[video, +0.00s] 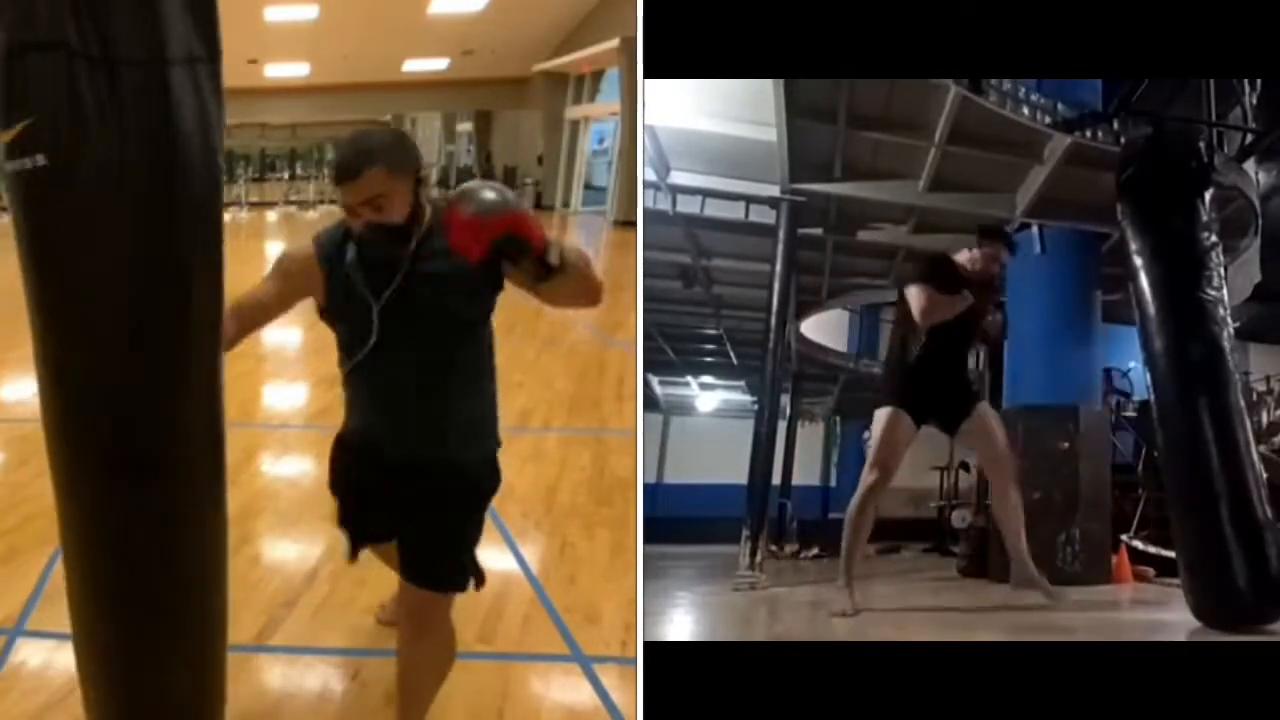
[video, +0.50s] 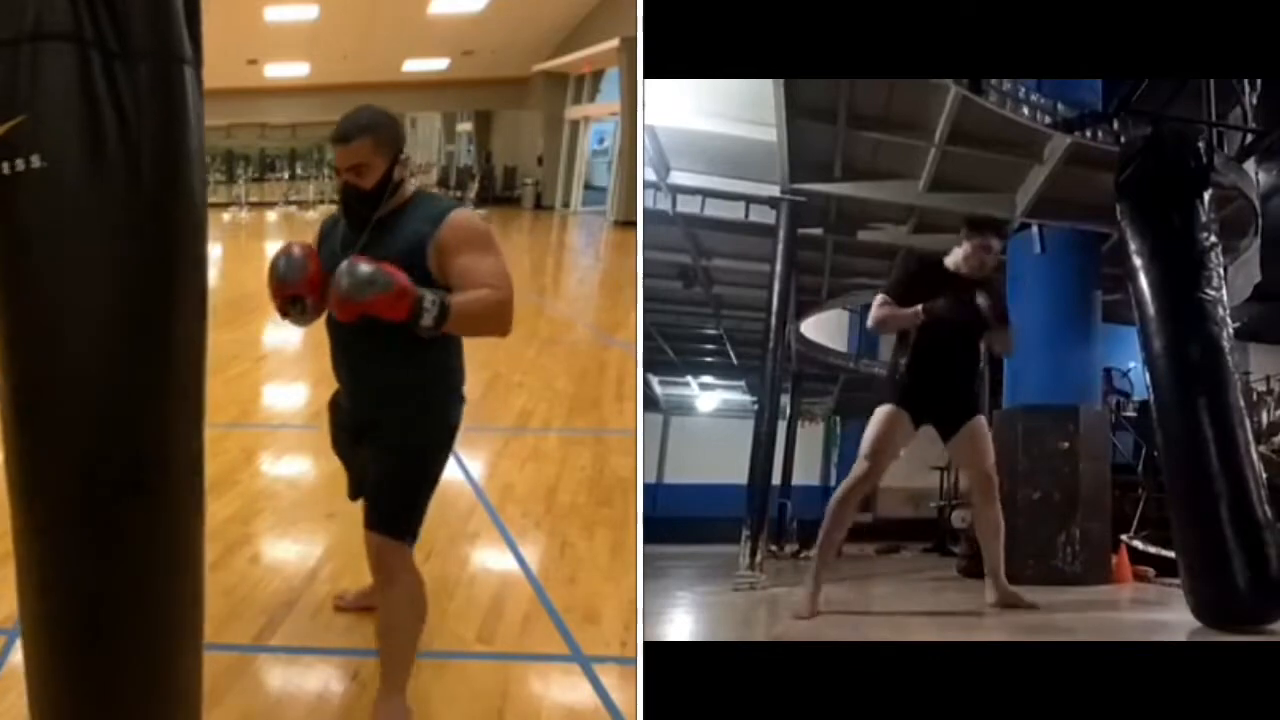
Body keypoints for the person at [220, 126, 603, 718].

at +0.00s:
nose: (364, 221)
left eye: (378, 204)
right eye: (351, 208)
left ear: (416, 186)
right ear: (338, 199)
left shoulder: (472, 238)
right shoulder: (321, 260)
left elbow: (586, 292)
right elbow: (238, 318)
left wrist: (535, 245)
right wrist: (180, 354)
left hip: (454, 453)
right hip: (369, 446)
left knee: (422, 606)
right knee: (377, 534)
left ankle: (410, 712)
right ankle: (421, 586)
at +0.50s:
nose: (346, 183)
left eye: (358, 172)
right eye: (340, 171)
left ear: (395, 162)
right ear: (336, 164)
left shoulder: (450, 225)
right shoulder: (338, 228)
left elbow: (498, 314)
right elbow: (306, 315)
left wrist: (415, 304)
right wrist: (295, 291)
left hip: (419, 404)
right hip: (357, 395)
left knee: (390, 552)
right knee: (373, 506)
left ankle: (392, 700)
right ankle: (387, 586)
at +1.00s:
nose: (322, 196)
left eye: (337, 185)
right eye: (316, 183)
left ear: (373, 176)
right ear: (309, 174)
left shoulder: (421, 242)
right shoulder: (307, 232)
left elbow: (457, 334)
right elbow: (277, 291)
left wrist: (377, 323)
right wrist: (260, 297)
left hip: (385, 415)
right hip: (325, 405)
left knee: (357, 549)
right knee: (348, 509)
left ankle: (339, 686)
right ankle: (384, 585)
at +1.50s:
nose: (295, 186)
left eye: (309, 174)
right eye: (284, 172)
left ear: (334, 178)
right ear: (266, 176)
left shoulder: (371, 232)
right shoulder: (263, 229)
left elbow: (376, 331)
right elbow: (226, 281)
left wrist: (328, 255)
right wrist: (244, 223)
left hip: (340, 422)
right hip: (275, 405)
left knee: (336, 560)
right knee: (271, 486)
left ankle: (335, 682)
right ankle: (278, 558)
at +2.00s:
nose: (258, 178)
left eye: (265, 165)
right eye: (247, 168)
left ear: (282, 162)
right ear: (230, 171)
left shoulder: (325, 211)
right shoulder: (221, 217)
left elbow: (353, 286)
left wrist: (306, 228)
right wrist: (230, 214)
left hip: (307, 380)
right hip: (245, 375)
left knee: (302, 518)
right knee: (258, 485)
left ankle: (304, 655)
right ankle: (282, 556)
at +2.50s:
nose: (222, 225)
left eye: (231, 212)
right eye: (212, 215)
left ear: (256, 195)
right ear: (198, 208)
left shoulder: (307, 231)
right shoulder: (214, 246)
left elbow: (402, 275)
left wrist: (328, 273)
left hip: (333, 406)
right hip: (278, 402)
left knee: (299, 545)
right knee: (285, 485)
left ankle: (346, 684)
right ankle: (303, 563)